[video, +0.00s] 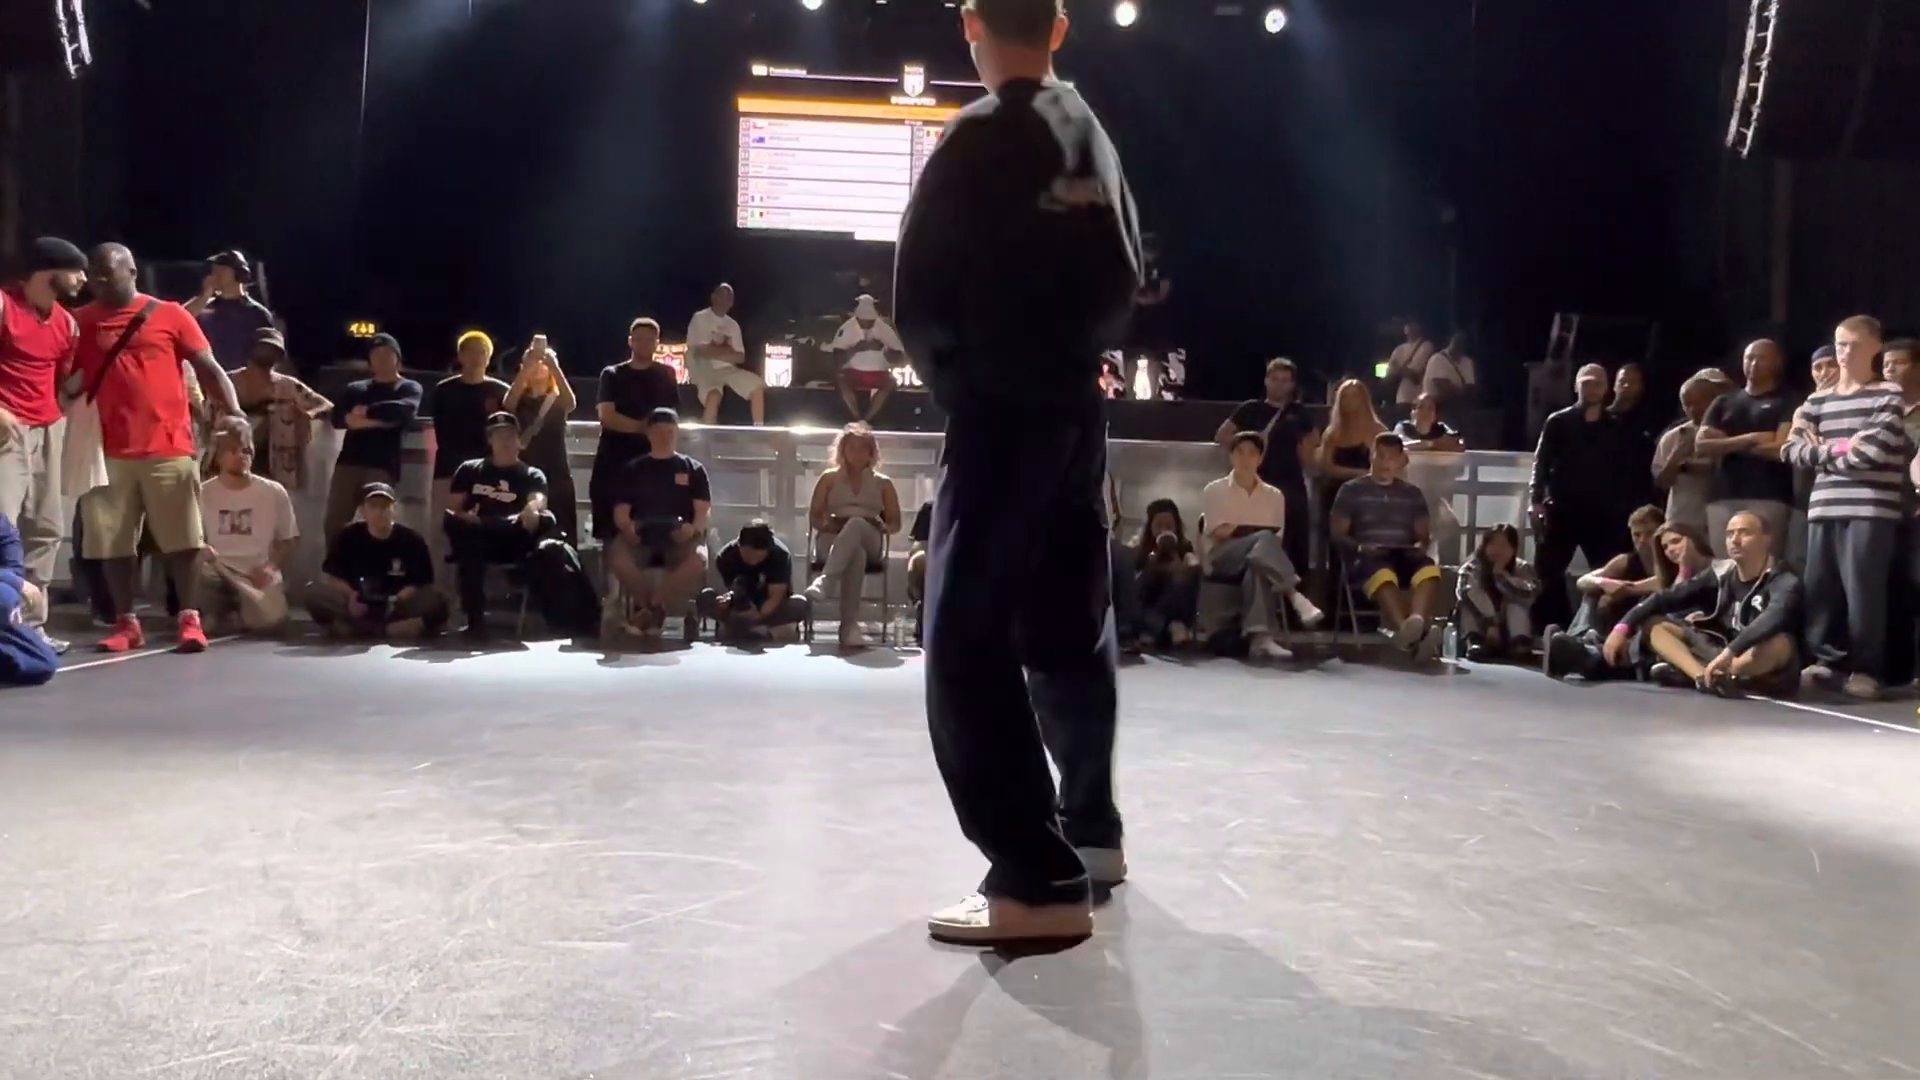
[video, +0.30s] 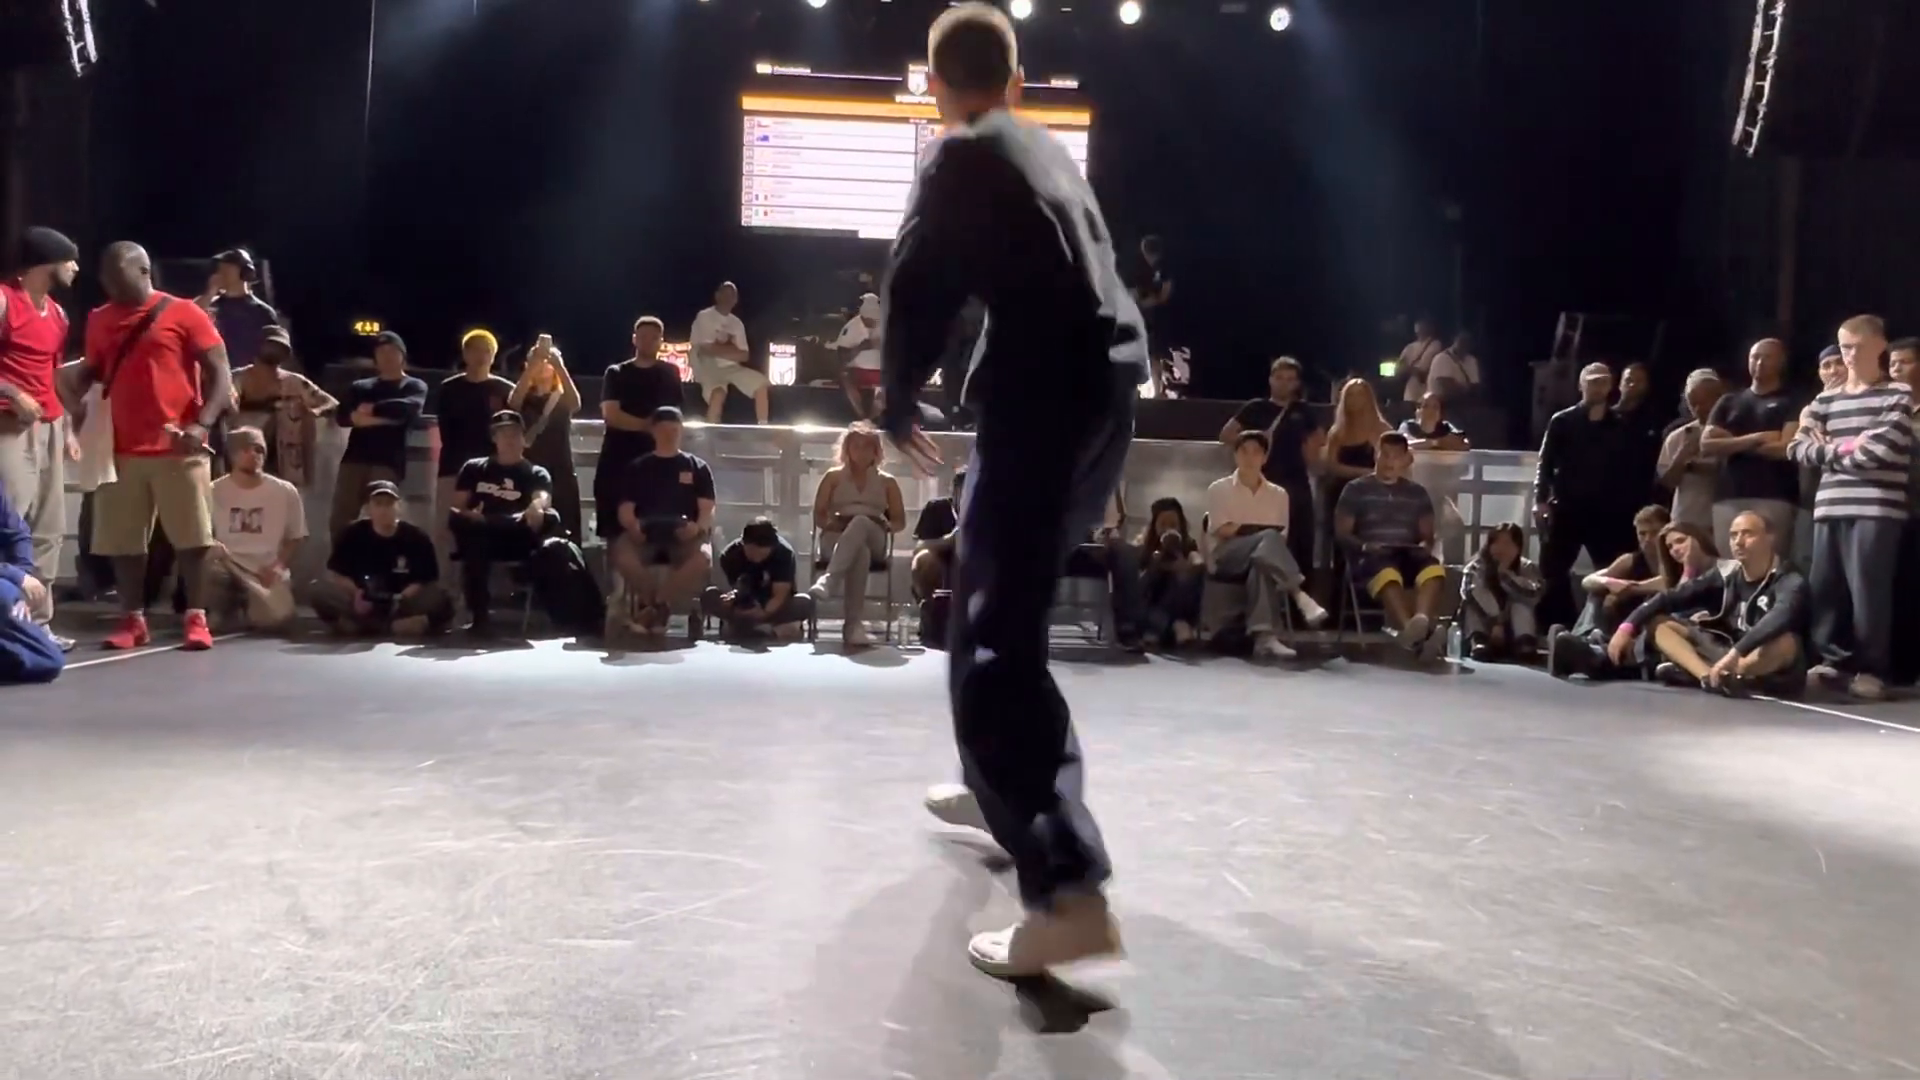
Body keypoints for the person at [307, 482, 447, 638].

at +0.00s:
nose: (380, 513)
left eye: (385, 507)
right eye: (373, 507)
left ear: (393, 509)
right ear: (363, 510)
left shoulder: (411, 540)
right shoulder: (347, 537)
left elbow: (421, 581)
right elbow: (330, 575)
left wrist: (393, 601)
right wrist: (351, 594)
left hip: (395, 601)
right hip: (358, 601)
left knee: (436, 600)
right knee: (313, 592)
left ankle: (360, 630)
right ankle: (385, 630)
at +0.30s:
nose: (384, 510)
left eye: (389, 504)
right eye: (378, 504)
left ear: (397, 507)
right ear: (369, 508)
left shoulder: (416, 538)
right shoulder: (352, 534)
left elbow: (425, 579)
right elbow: (334, 573)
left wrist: (399, 599)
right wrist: (355, 592)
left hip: (400, 598)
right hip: (363, 598)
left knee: (439, 597)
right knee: (318, 589)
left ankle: (365, 627)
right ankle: (390, 627)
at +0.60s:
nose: (388, 510)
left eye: (393, 504)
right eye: (381, 504)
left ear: (401, 506)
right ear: (372, 507)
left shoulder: (419, 537)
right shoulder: (355, 533)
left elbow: (429, 579)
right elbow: (334, 574)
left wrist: (402, 599)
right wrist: (358, 590)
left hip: (402, 599)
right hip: (365, 598)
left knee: (442, 597)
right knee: (322, 589)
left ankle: (367, 627)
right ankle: (393, 627)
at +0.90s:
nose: (392, 505)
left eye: (397, 499)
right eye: (386, 499)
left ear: (405, 502)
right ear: (376, 503)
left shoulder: (423, 532)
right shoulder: (359, 528)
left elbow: (431, 574)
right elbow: (342, 568)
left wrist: (405, 594)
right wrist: (362, 587)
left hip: (407, 593)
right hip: (369, 593)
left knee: (446, 593)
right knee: (325, 581)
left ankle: (370, 622)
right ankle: (397, 622)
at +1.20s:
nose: (397, 501)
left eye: (401, 495)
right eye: (391, 495)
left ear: (410, 498)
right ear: (381, 499)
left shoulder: (427, 528)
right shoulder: (364, 524)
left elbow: (435, 569)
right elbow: (348, 563)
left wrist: (410, 589)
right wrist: (366, 582)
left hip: (411, 588)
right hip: (373, 587)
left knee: (450, 587)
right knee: (329, 578)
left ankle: (374, 617)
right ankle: (401, 616)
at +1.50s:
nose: (400, 497)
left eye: (405, 491)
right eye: (394, 491)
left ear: (414, 494)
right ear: (383, 494)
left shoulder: (430, 524)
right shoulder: (367, 519)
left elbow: (440, 565)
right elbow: (350, 559)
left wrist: (412, 586)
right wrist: (369, 578)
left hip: (413, 584)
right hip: (375, 584)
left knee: (453, 583)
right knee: (330, 573)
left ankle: (374, 610)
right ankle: (402, 612)